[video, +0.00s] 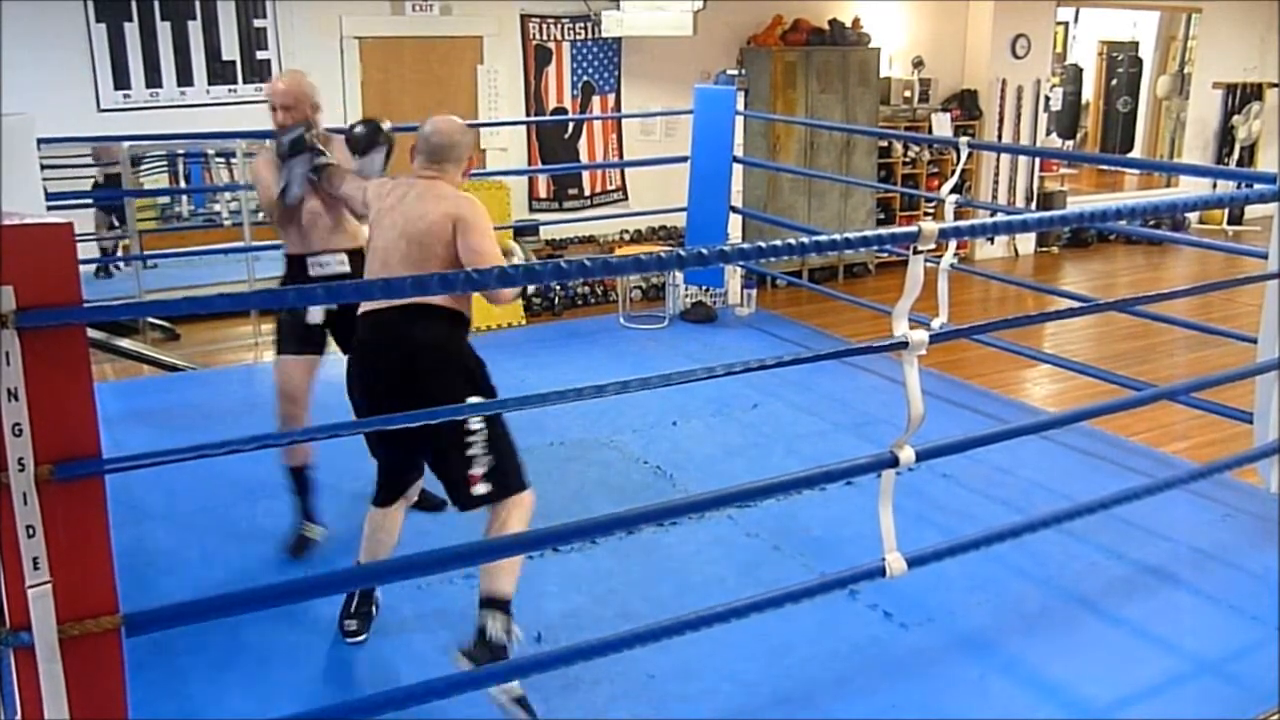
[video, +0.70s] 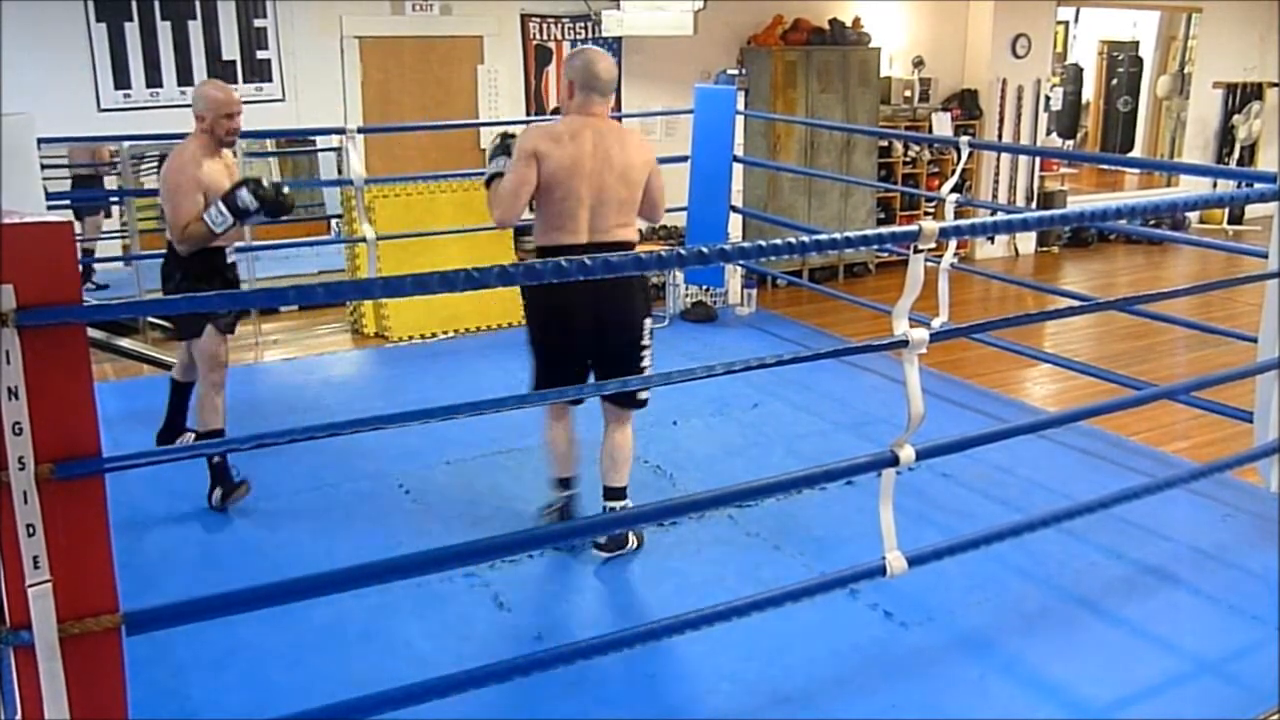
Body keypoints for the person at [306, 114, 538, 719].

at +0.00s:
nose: (478, 164)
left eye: (473, 154)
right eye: (477, 156)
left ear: (417, 154)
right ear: (467, 164)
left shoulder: (384, 193)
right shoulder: (464, 209)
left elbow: (348, 191)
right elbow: (499, 290)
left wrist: (334, 166)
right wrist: (529, 269)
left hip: (370, 360)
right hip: (438, 361)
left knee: (398, 481)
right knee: (513, 495)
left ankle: (358, 606)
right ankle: (493, 630)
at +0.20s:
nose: (504, 146)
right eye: (504, 138)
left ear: (450, 129)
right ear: (500, 141)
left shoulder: (408, 167)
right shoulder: (503, 195)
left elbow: (334, 177)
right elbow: (520, 284)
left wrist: (349, 202)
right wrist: (534, 292)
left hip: (408, 337)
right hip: (474, 339)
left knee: (396, 473)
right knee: (549, 444)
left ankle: (357, 594)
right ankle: (546, 580)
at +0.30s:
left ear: (484, 124)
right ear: (533, 136)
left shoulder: (439, 168)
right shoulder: (539, 194)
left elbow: (356, 195)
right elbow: (558, 281)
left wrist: (381, 211)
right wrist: (537, 271)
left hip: (434, 329)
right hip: (503, 331)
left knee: (406, 462)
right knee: (566, 429)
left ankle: (364, 589)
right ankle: (595, 542)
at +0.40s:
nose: (514, 131)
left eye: (515, 124)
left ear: (515, 128)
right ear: (563, 138)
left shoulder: (474, 175)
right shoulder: (577, 198)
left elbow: (409, 230)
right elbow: (604, 285)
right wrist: (570, 263)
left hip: (476, 328)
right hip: (545, 332)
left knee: (434, 454)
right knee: (584, 427)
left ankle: (373, 576)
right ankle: (603, 538)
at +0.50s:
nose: (533, 124)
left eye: (536, 117)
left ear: (541, 122)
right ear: (588, 127)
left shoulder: (505, 174)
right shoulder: (606, 185)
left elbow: (474, 251)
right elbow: (628, 260)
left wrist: (475, 206)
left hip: (515, 318)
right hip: (582, 319)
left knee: (469, 429)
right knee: (603, 425)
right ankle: (604, 537)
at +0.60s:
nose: (546, 102)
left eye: (549, 95)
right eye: (551, 94)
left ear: (556, 101)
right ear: (606, 106)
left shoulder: (526, 153)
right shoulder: (626, 163)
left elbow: (496, 233)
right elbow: (641, 234)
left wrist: (487, 193)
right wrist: (597, 219)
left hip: (538, 306)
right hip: (605, 305)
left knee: (511, 413)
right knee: (612, 417)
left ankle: (501, 515)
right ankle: (609, 532)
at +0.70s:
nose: (556, 91)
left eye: (560, 83)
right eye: (563, 83)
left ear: (567, 89)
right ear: (613, 93)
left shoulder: (538, 138)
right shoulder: (637, 146)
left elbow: (505, 213)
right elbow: (653, 211)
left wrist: (499, 173)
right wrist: (606, 196)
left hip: (554, 291)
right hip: (621, 288)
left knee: (559, 404)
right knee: (619, 413)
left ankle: (564, 509)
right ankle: (614, 526)